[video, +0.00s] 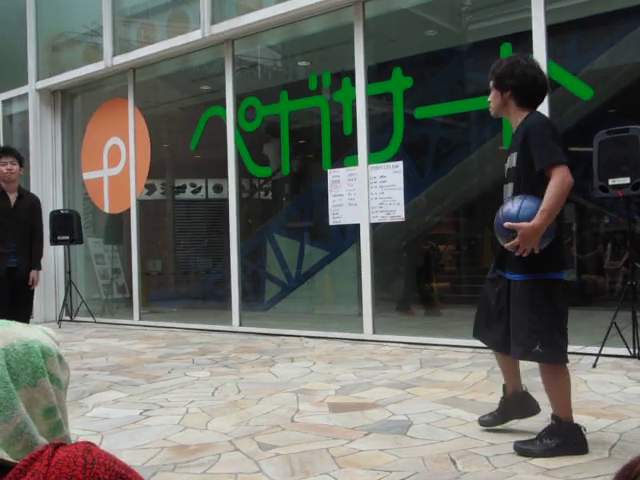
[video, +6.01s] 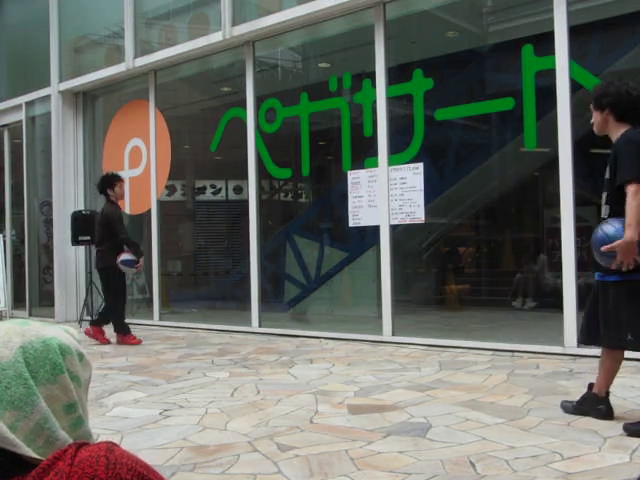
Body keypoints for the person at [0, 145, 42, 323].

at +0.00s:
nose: (9, 168)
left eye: (13, 164)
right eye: (4, 164)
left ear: (21, 169)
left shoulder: (31, 201)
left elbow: (37, 237)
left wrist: (35, 267)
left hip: (22, 270)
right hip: (2, 271)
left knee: (20, 322)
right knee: (3, 321)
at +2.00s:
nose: (104, 176)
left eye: (106, 173)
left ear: (108, 176)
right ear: (129, 177)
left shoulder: (99, 203)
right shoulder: (137, 203)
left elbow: (95, 236)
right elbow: (147, 234)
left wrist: (102, 252)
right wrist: (148, 254)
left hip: (106, 266)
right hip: (131, 265)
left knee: (96, 306)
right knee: (130, 307)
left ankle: (94, 347)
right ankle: (132, 349)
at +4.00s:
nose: (72, 207)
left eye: (76, 205)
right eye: (69, 204)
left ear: (80, 202)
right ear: (63, 199)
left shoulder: (84, 215)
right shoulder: (52, 211)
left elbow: (89, 239)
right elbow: (38, 235)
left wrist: (88, 256)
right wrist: (31, 258)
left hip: (74, 266)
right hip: (52, 265)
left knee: (73, 308)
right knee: (48, 308)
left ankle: (70, 343)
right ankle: (39, 339)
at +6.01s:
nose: (123, 190)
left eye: (122, 186)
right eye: (120, 187)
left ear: (111, 192)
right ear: (110, 191)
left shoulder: (109, 209)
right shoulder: (112, 211)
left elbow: (118, 237)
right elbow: (122, 236)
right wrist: (138, 253)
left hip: (107, 259)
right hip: (110, 260)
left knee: (115, 297)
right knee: (117, 297)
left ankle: (96, 325)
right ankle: (123, 333)